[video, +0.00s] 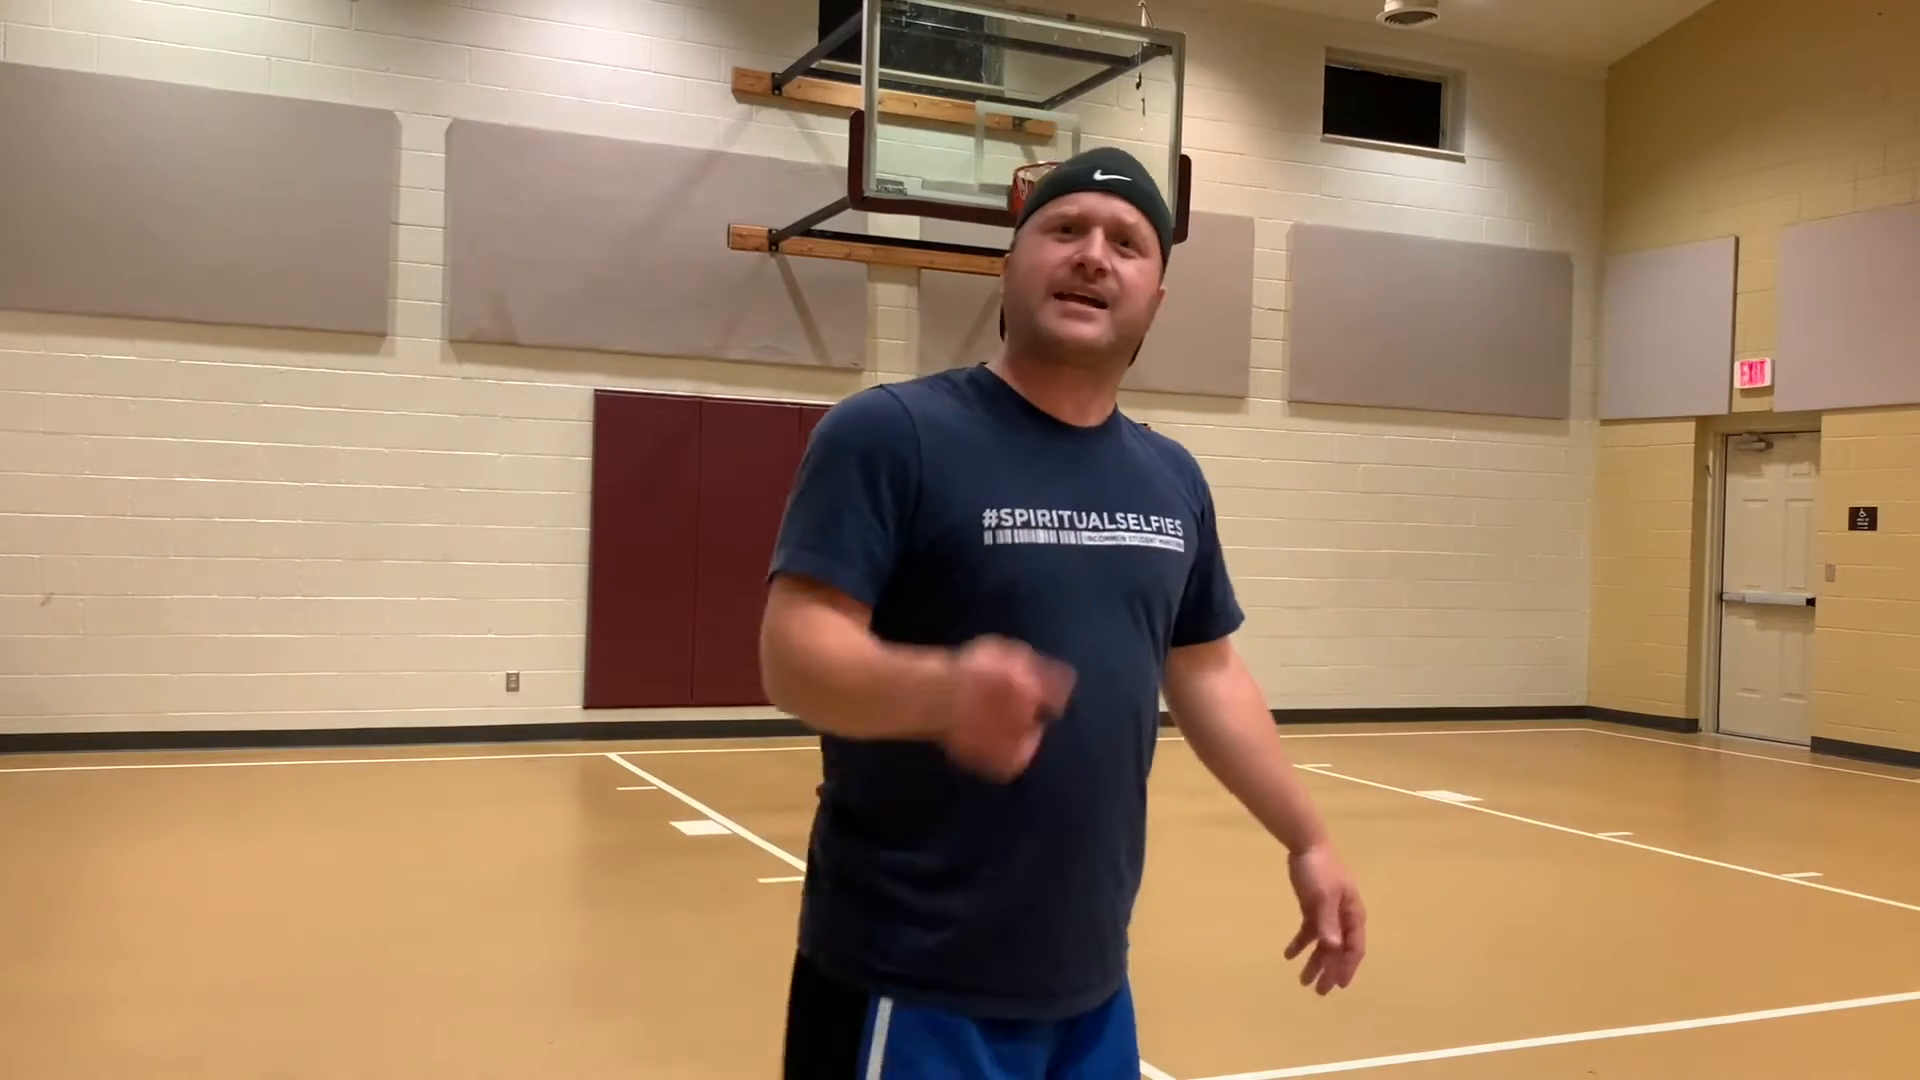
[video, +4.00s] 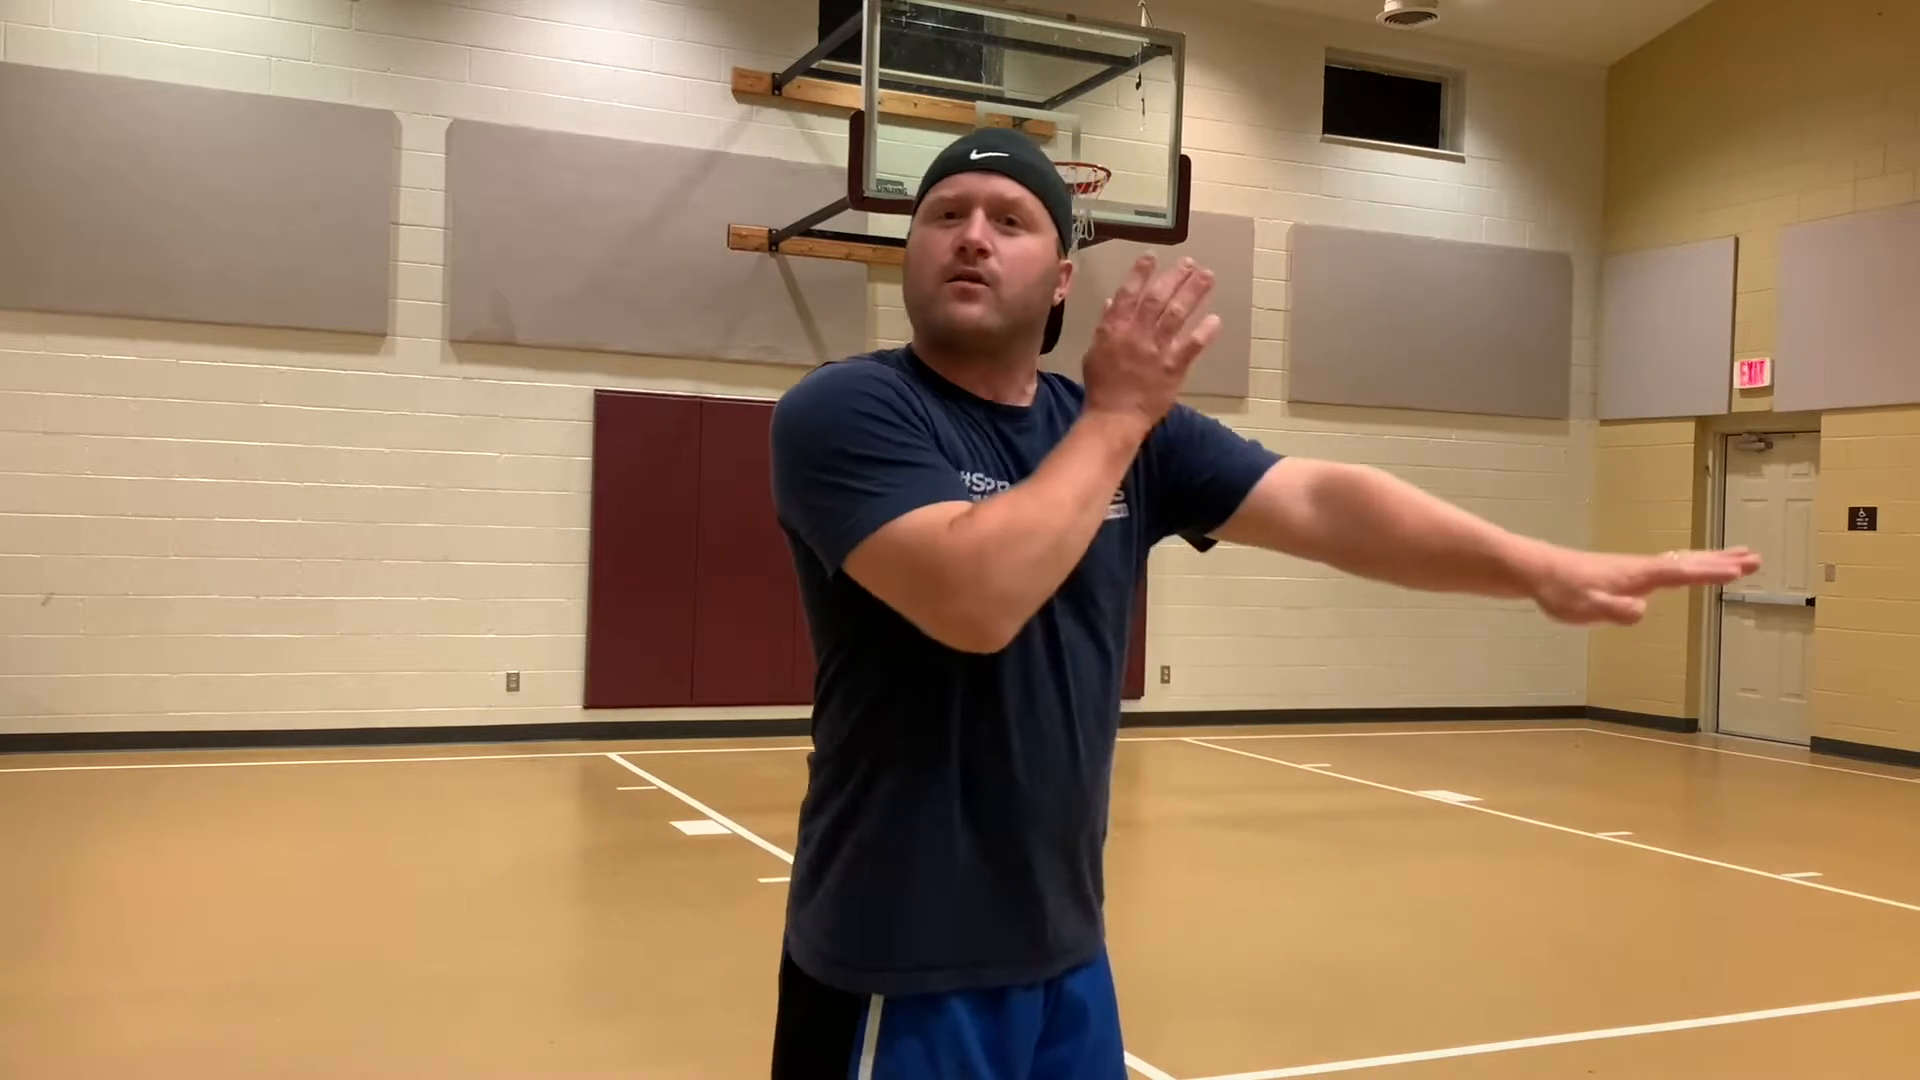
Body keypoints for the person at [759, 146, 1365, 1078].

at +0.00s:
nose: (1093, 255)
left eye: (1126, 243)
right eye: (1065, 229)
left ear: (1159, 294)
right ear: (1007, 261)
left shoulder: (1172, 482)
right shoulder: (888, 435)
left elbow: (1208, 669)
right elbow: (794, 654)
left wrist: (1308, 840)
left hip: (1087, 981)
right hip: (901, 983)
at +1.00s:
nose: (995, 247)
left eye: (1025, 223)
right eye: (960, 223)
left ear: (1065, 260)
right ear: (907, 263)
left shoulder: (1097, 437)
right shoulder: (835, 455)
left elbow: (1134, 618)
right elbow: (797, 710)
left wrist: (1242, 763)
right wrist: (974, 626)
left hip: (1072, 954)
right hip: (901, 973)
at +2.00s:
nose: (1007, 261)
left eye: (1039, 233)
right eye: (973, 232)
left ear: (1082, 261)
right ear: (921, 261)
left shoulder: (1115, 448)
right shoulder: (835, 459)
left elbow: (1146, 641)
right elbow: (776, 713)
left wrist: (1226, 820)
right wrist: (776, 979)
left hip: (1078, 974)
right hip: (899, 996)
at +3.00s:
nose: (1079, 262)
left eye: (1091, 239)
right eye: (1037, 241)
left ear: (1110, 266)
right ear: (961, 289)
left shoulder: (1128, 430)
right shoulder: (909, 453)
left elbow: (1243, 575)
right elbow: (891, 701)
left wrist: (1086, 489)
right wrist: (984, 949)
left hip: (1046, 946)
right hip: (896, 952)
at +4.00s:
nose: (968, 238)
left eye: (1007, 222)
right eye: (944, 217)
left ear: (1063, 275)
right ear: (903, 259)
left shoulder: (1111, 422)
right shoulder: (840, 413)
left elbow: (1319, 507)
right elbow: (975, 601)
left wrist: (1540, 568)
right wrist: (1115, 414)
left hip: (1061, 948)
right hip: (888, 962)